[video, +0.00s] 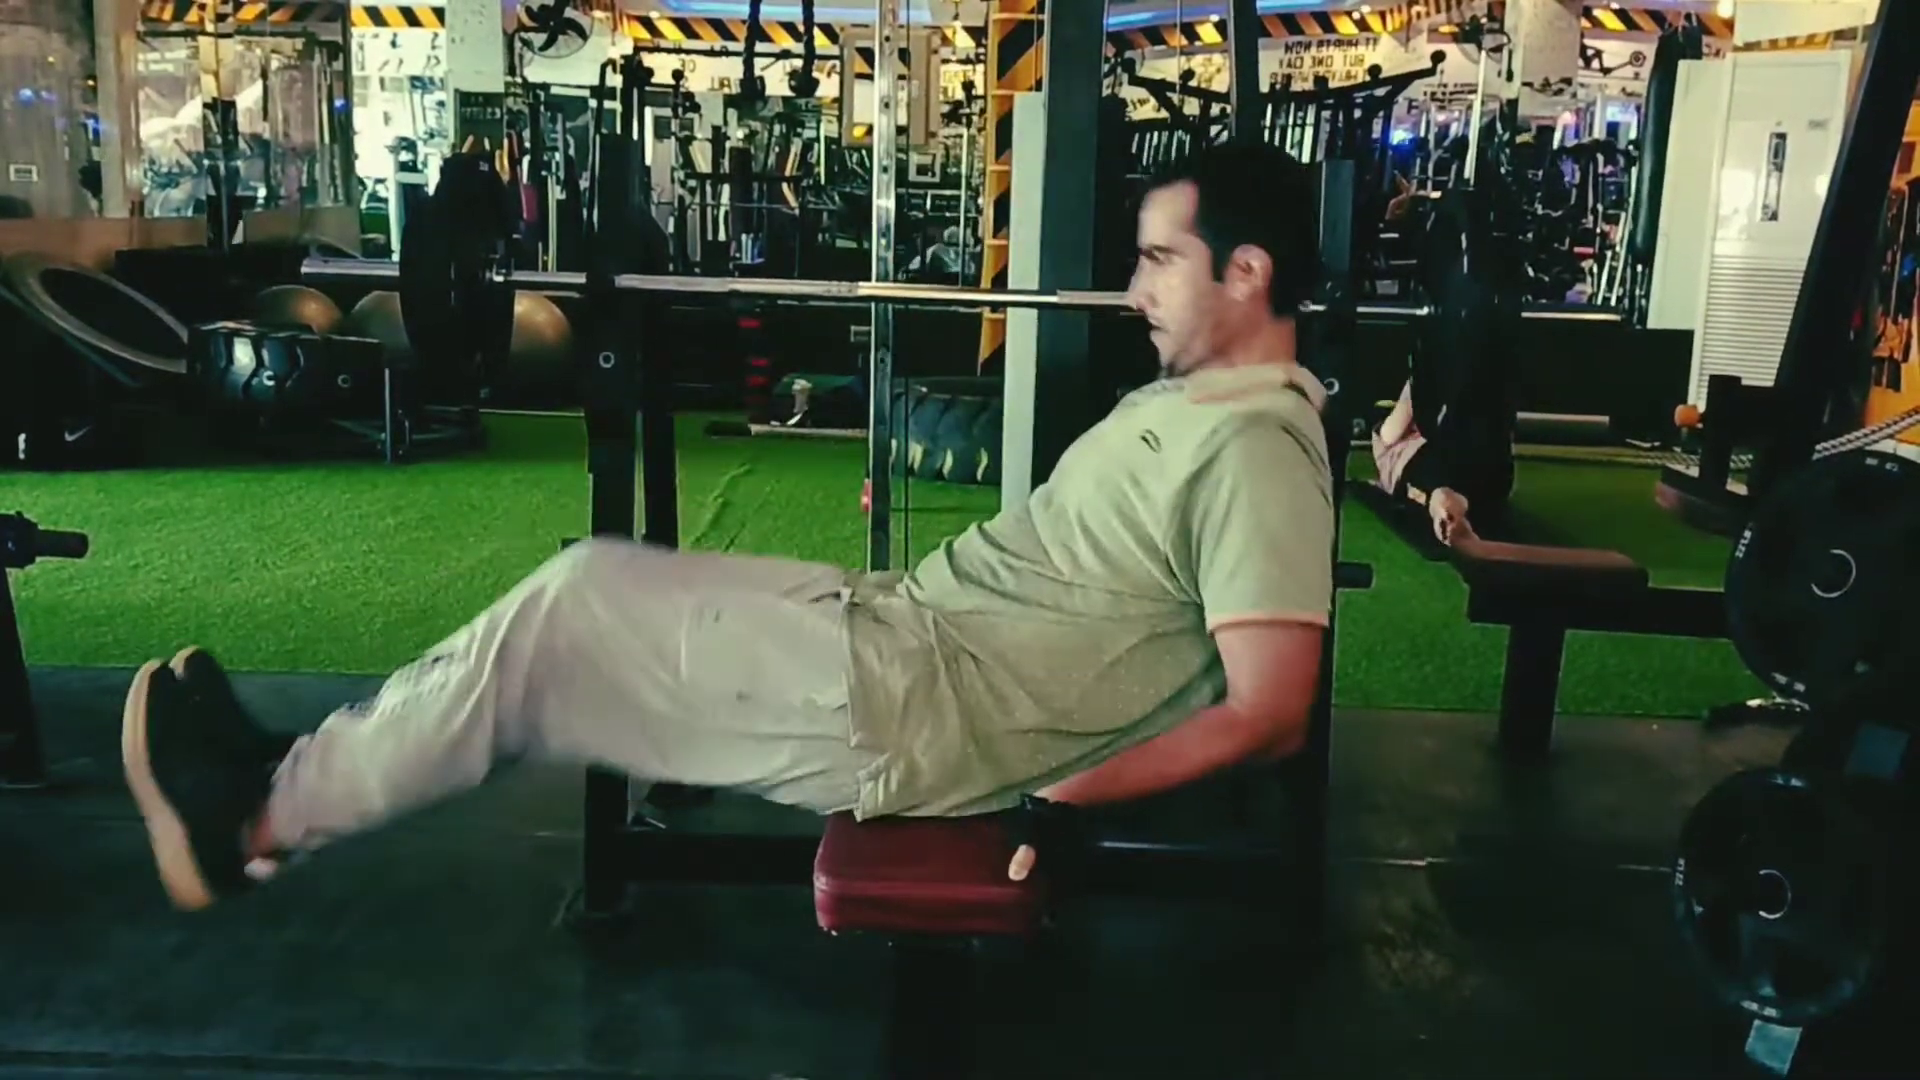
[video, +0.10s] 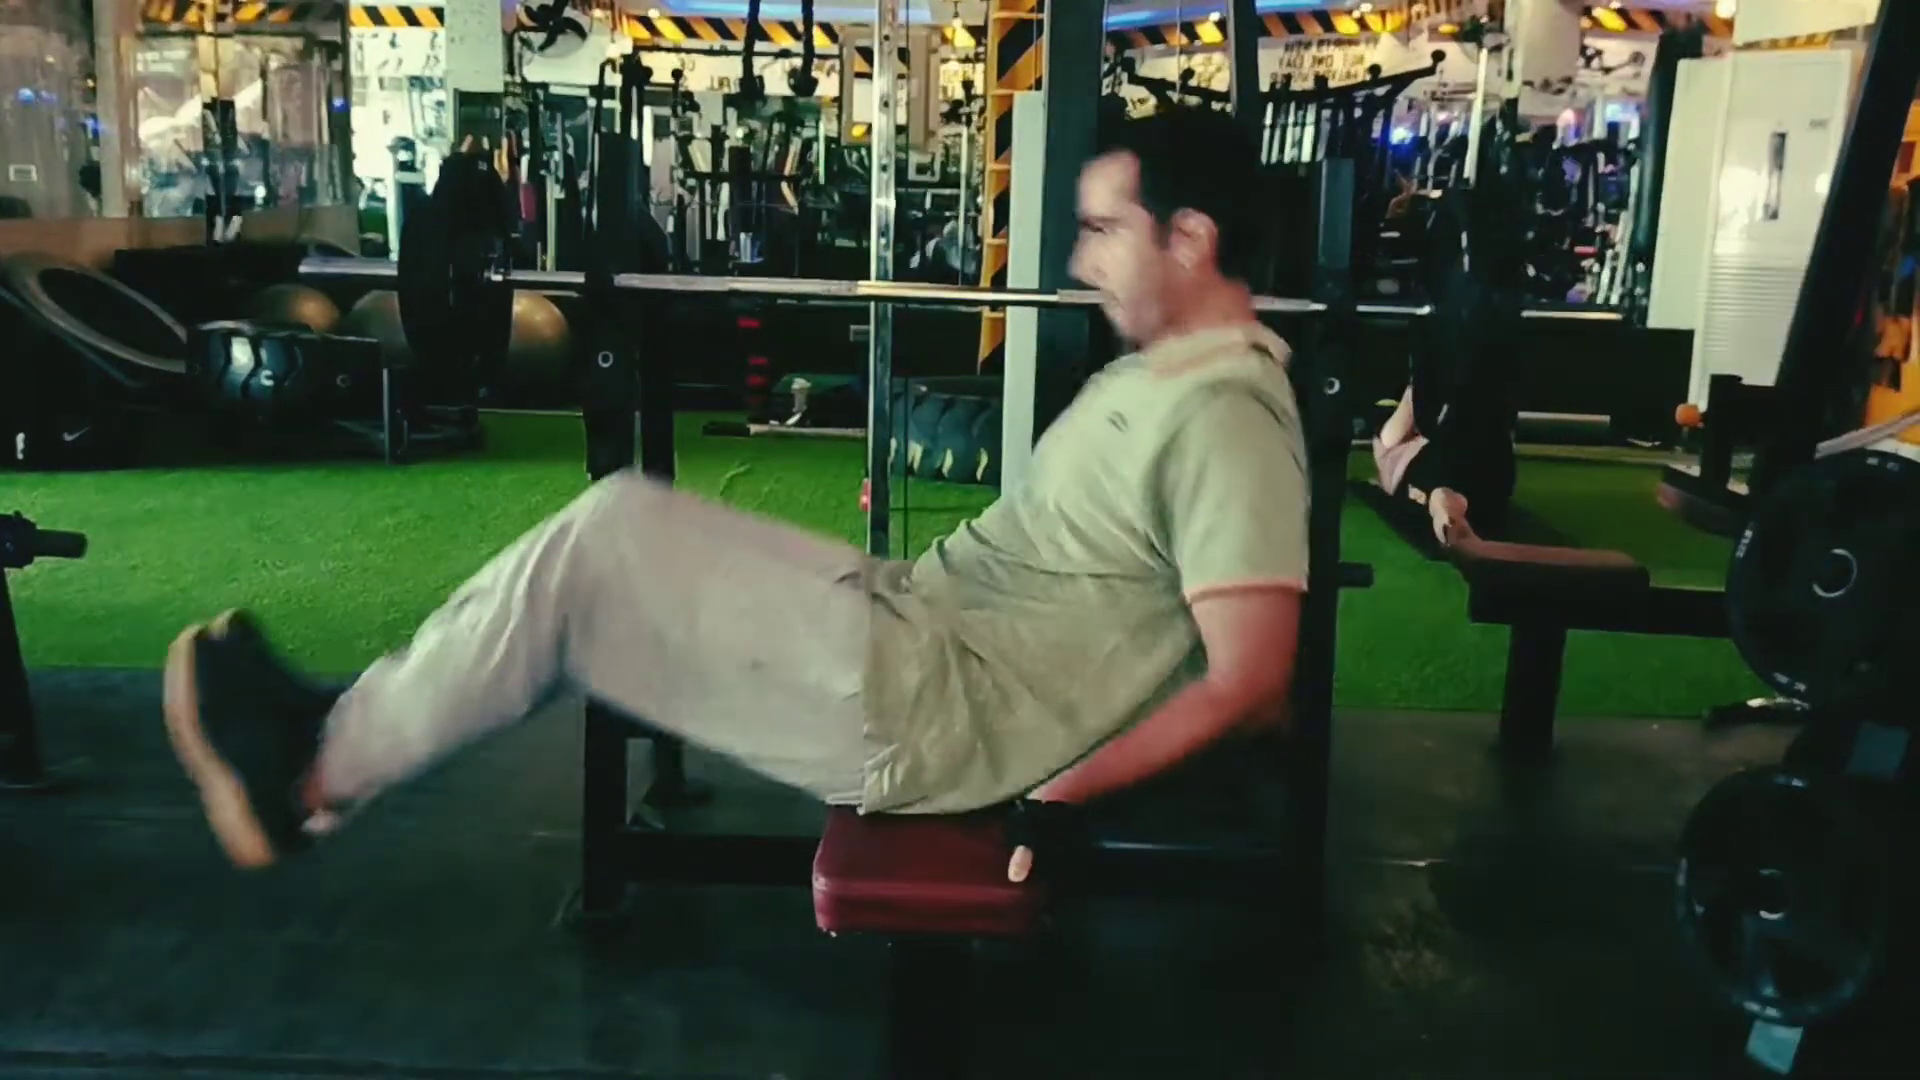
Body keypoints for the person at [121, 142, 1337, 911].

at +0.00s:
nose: (1138, 291)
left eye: (1160, 262)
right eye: (1141, 263)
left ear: (1251, 277)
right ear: (1239, 280)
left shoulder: (1257, 442)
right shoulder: (1194, 408)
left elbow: (1268, 713)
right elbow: (1193, 654)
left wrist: (1055, 798)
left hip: (926, 704)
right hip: (899, 630)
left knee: (565, 633)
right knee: (585, 582)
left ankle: (248, 836)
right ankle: (286, 792)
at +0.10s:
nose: (1085, 262)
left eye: (1105, 233)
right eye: (1086, 234)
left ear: (1196, 241)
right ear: (1174, 241)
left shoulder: (1225, 402)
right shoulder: (1166, 375)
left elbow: (1249, 679)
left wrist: (1054, 790)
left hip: (955, 705)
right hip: (928, 641)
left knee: (607, 544)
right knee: (612, 530)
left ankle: (307, 781)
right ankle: (327, 753)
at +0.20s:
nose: (989, 237)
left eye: (1007, 205)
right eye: (988, 208)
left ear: (1096, 207)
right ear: (1086, 207)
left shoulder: (1162, 368)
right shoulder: (1081, 345)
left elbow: (1222, 639)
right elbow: (1045, 552)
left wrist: (1042, 784)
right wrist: (901, 567)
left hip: (960, 720)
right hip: (924, 675)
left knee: (675, 444)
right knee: (664, 445)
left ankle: (397, 713)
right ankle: (402, 696)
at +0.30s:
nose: (889, 232)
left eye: (902, 197)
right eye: (886, 202)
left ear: (988, 197)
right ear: (984, 199)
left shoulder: (1079, 351)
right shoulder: (1021, 336)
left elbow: (1189, 613)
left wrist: (1029, 795)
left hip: (949, 727)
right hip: (919, 696)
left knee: (754, 381)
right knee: (736, 382)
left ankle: (477, 642)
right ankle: (483, 615)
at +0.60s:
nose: (946, 232)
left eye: (963, 201)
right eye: (948, 204)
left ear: (1056, 207)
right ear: (1048, 210)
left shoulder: (1114, 373)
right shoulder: (1062, 347)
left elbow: (1221, 635)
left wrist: (1035, 785)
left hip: (934, 723)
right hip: (907, 661)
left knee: (633, 463)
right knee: (653, 436)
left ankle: (360, 738)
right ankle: (383, 699)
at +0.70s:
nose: (1044, 254)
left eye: (1063, 224)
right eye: (1044, 225)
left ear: (1150, 235)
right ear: (1132, 236)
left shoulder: (1179, 406)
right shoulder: (1126, 368)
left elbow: (1253, 670)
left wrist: (1058, 788)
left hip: (924, 706)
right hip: (896, 640)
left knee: (568, 552)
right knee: (578, 534)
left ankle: (262, 798)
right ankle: (292, 752)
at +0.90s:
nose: (1126, 267)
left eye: (1151, 241)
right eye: (1131, 241)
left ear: (1239, 264)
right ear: (1224, 269)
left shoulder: (1236, 416)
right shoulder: (1187, 393)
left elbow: (1267, 697)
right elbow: (1198, 644)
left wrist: (1058, 793)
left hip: (923, 702)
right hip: (891, 628)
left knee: (546, 657)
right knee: (574, 597)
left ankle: (235, 863)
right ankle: (284, 810)